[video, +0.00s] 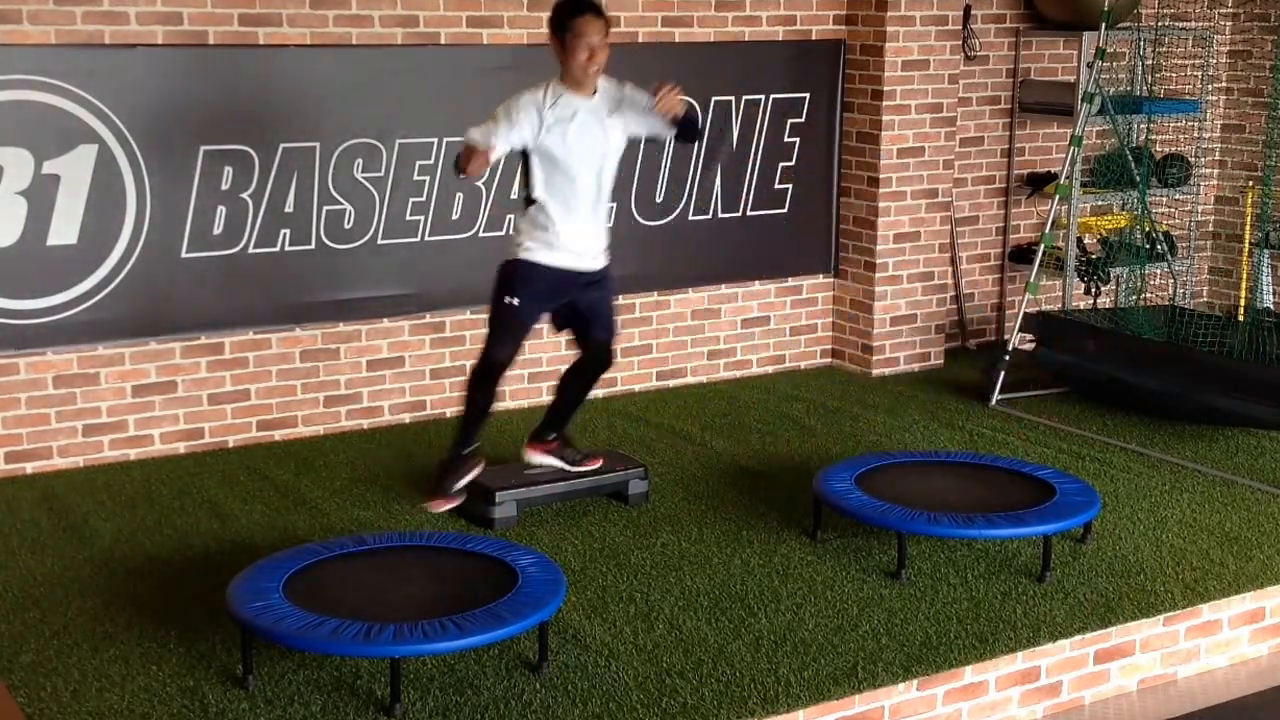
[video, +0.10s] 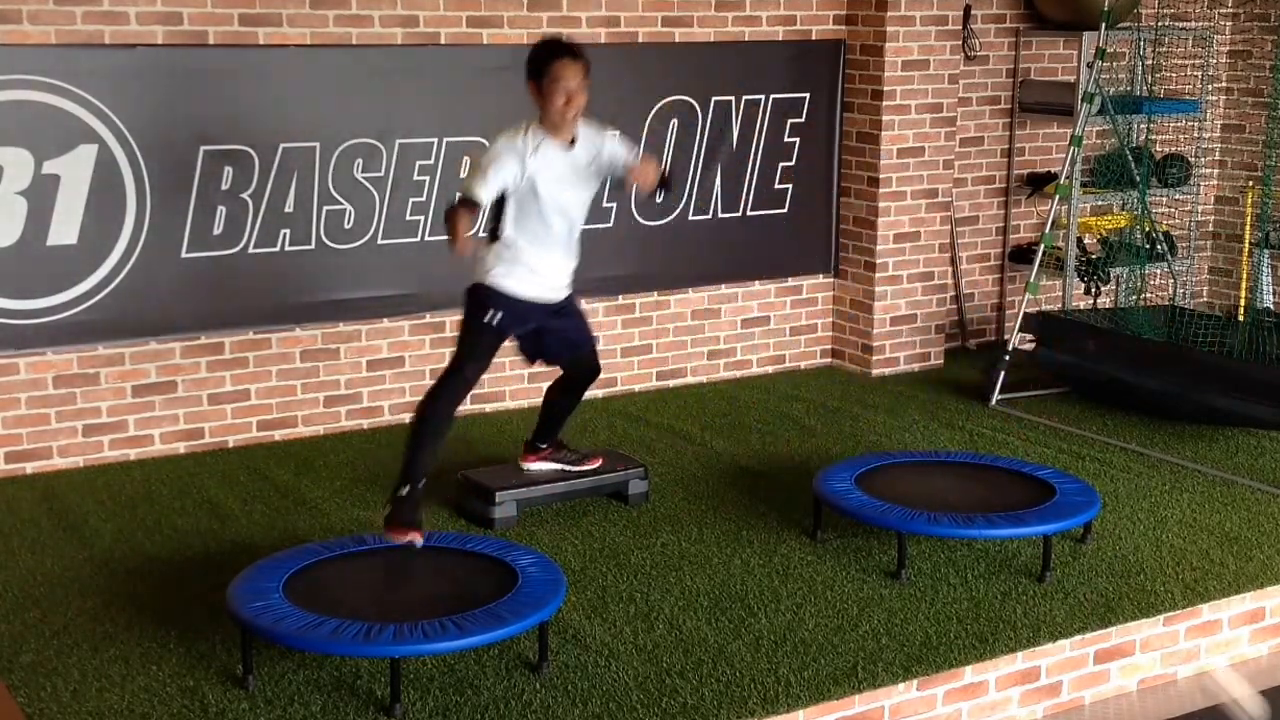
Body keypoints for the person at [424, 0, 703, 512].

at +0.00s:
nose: (596, 56)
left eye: (602, 45)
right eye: (584, 46)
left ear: (609, 46)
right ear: (558, 46)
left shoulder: (622, 101)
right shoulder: (535, 106)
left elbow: (691, 133)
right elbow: (477, 146)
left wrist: (682, 111)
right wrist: (473, 159)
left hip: (589, 264)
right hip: (534, 260)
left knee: (599, 353)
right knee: (495, 358)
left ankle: (547, 439)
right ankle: (462, 458)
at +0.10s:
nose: (572, 100)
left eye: (579, 89)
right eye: (561, 91)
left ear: (588, 91)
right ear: (537, 93)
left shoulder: (599, 143)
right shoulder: (515, 147)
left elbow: (648, 168)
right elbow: (469, 203)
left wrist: (648, 171)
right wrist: (461, 231)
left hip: (554, 295)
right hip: (501, 289)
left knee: (584, 368)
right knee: (459, 380)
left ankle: (541, 448)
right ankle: (406, 501)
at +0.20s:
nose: (544, 150)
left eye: (551, 140)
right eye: (532, 140)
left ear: (558, 142)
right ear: (505, 143)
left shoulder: (567, 193)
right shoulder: (483, 197)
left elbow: (617, 229)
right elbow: (456, 266)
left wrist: (623, 248)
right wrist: (454, 319)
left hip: (522, 330)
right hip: (468, 334)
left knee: (569, 389)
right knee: (429, 429)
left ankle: (540, 450)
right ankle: (388, 551)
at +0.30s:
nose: (509, 210)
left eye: (517, 199)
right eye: (497, 199)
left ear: (527, 201)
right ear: (470, 203)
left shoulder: (535, 239)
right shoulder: (458, 252)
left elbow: (584, 272)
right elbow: (446, 319)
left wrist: (595, 303)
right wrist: (450, 384)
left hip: (495, 352)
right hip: (436, 350)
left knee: (552, 413)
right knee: (411, 416)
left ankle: (541, 450)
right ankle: (389, 536)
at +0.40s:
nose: (483, 260)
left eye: (491, 247)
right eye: (471, 250)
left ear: (499, 243)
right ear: (445, 252)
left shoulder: (516, 271)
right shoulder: (429, 300)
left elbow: (574, 294)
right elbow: (430, 365)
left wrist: (576, 349)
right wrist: (439, 419)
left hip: (484, 372)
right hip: (421, 370)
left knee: (538, 420)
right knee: (397, 432)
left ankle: (541, 450)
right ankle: (386, 540)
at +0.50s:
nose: (464, 285)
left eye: (474, 272)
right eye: (451, 275)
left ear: (484, 264)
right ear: (428, 273)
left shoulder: (504, 287)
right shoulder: (414, 317)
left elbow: (570, 303)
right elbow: (408, 374)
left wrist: (562, 368)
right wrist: (412, 403)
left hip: (484, 373)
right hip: (425, 379)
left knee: (527, 414)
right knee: (397, 423)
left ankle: (542, 446)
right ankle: (387, 542)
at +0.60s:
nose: (459, 290)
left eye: (469, 277)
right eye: (446, 281)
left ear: (480, 266)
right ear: (423, 277)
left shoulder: (503, 288)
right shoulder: (412, 321)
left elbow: (569, 307)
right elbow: (403, 380)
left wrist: (563, 371)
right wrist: (402, 400)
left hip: (490, 375)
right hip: (432, 385)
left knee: (532, 413)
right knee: (392, 423)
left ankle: (544, 444)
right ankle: (387, 541)